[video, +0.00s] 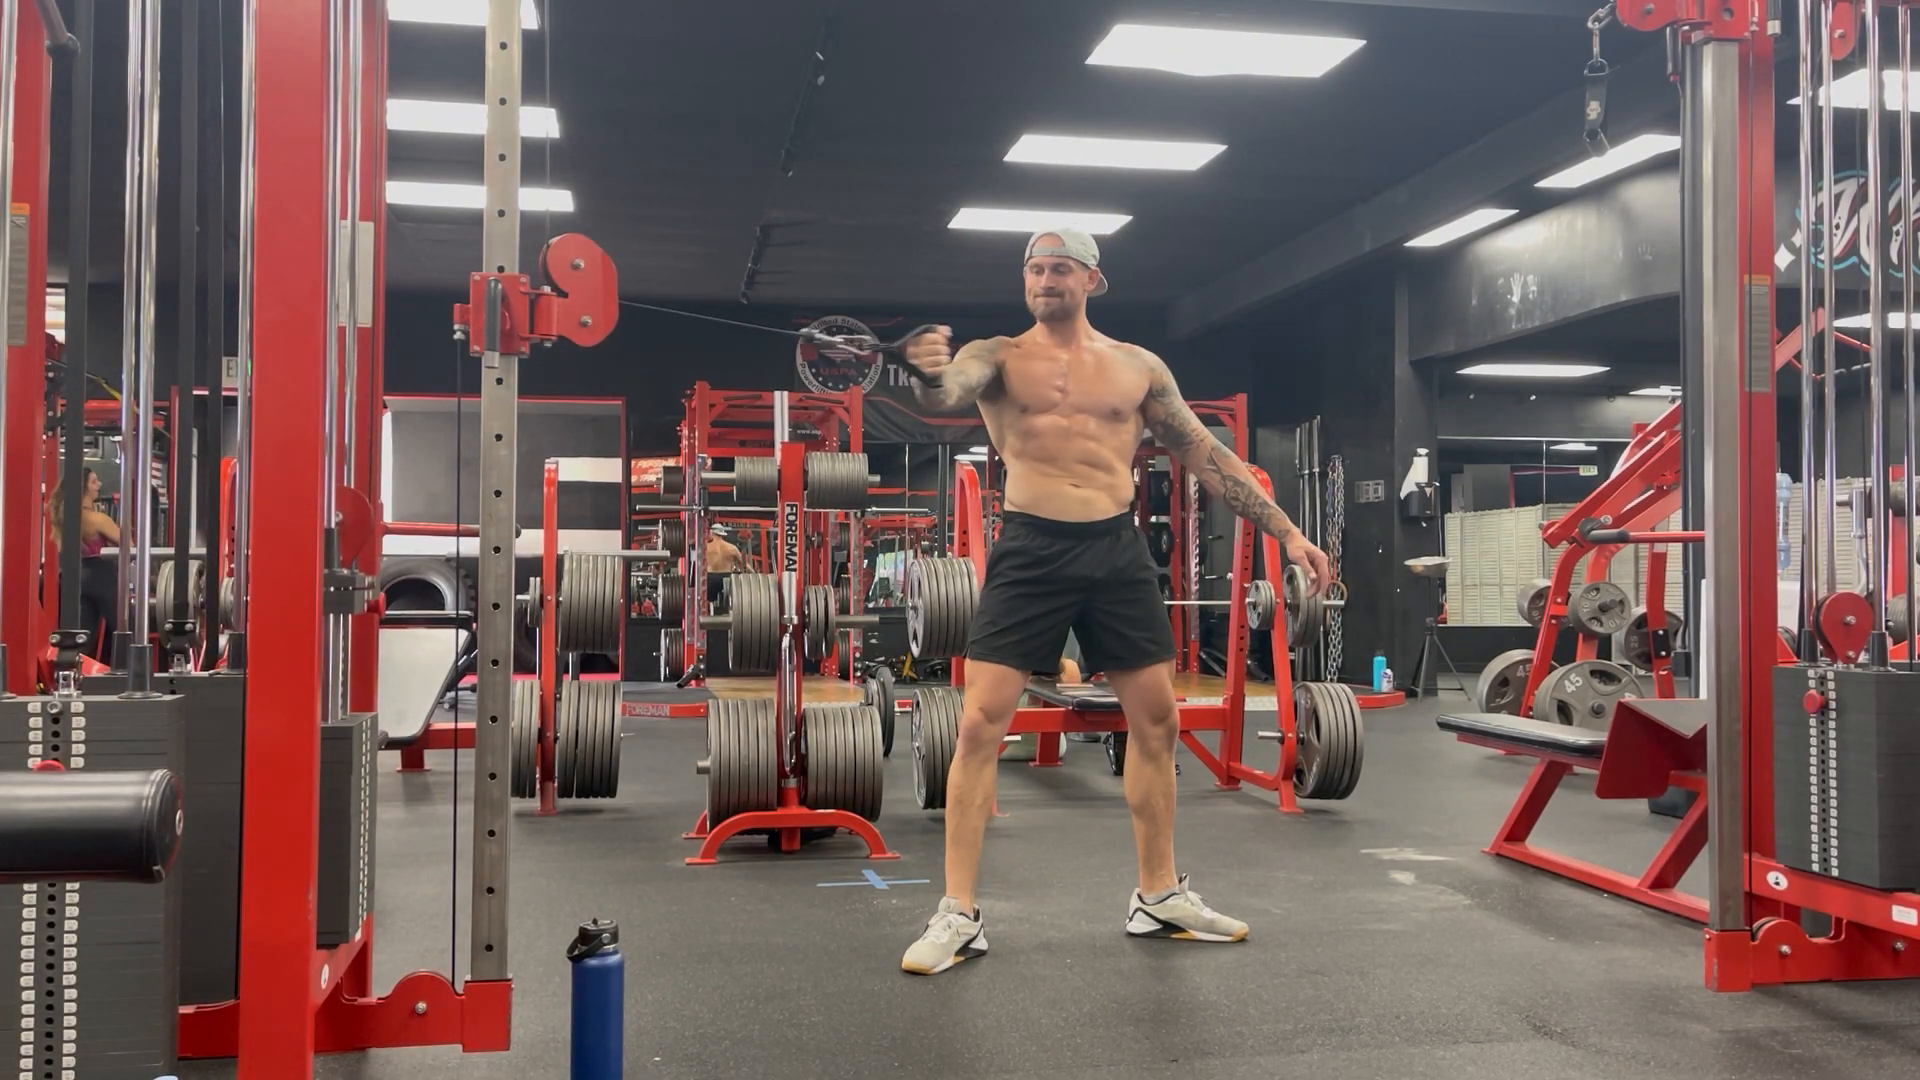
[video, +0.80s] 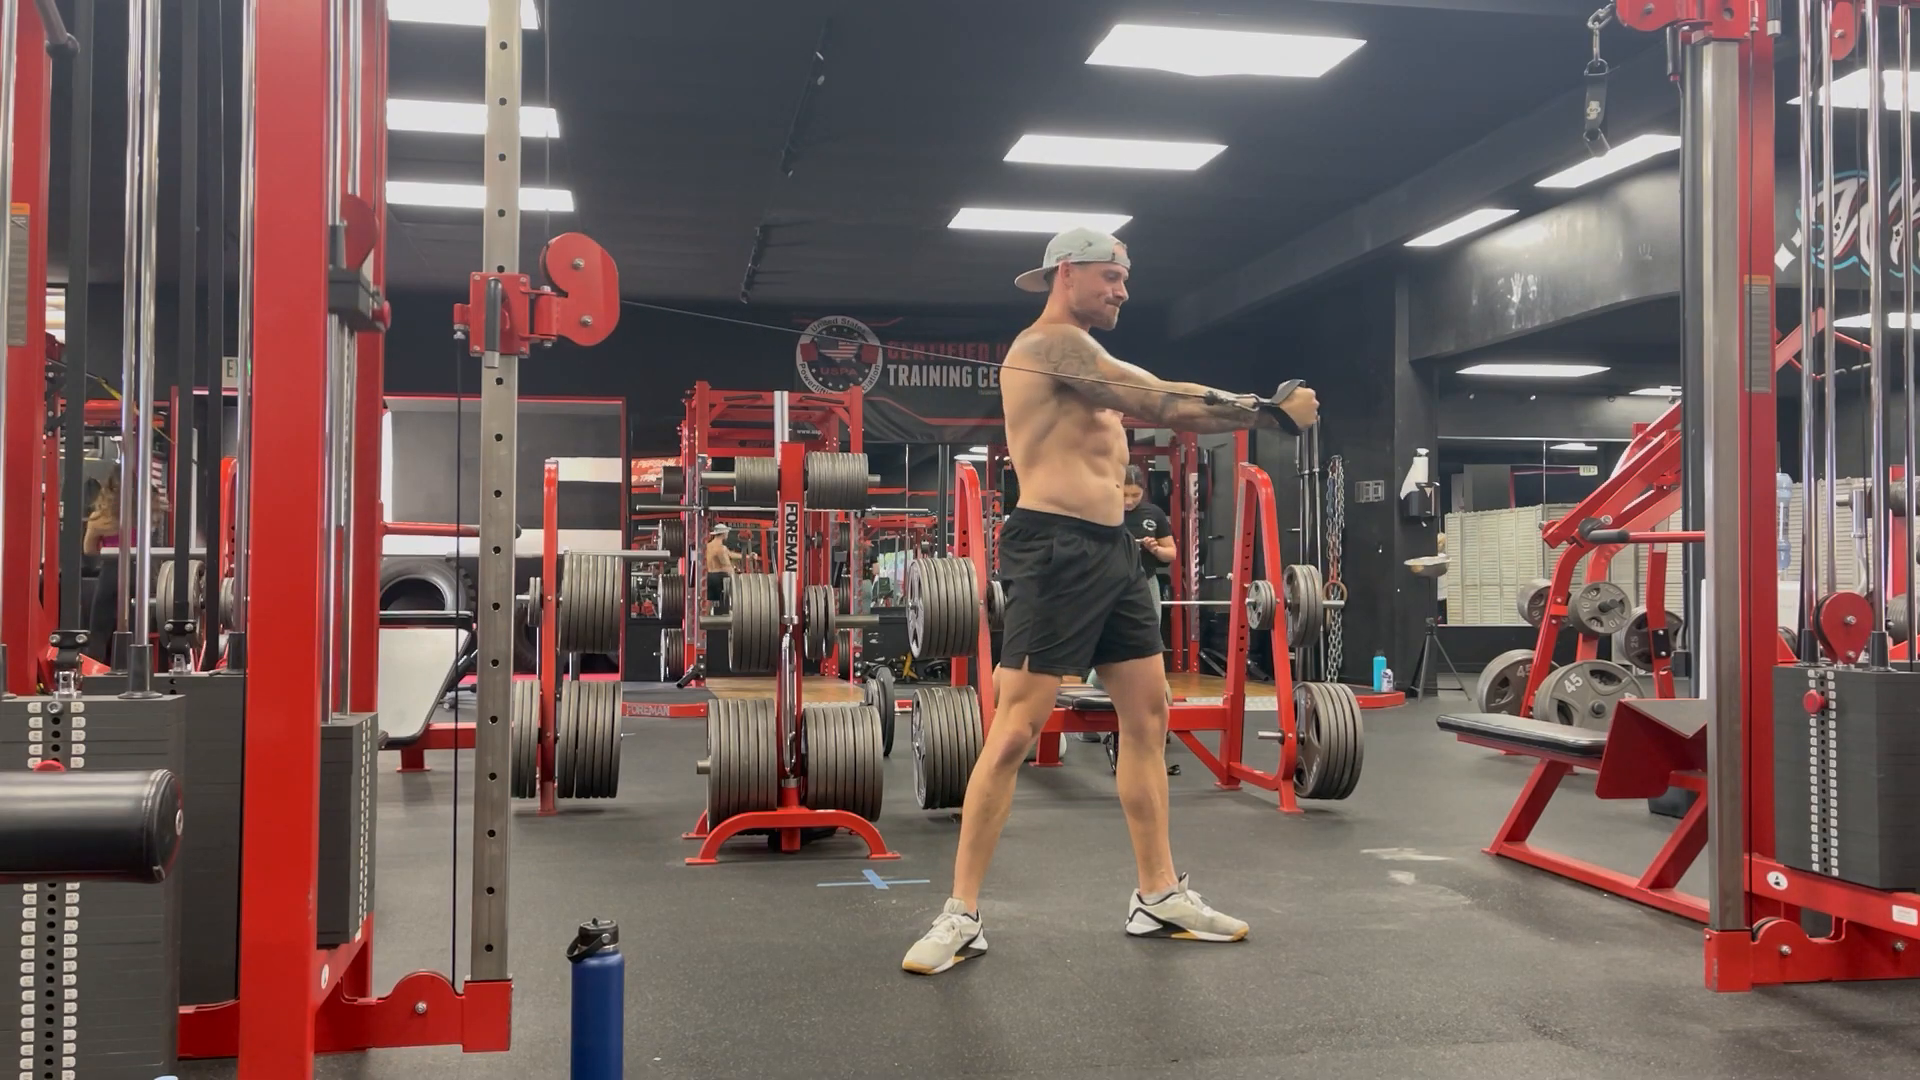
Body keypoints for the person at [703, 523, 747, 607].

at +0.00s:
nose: (709, 534)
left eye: (710, 532)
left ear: (712, 533)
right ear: (722, 535)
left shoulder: (706, 547)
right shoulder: (731, 548)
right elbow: (742, 563)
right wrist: (753, 573)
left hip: (711, 574)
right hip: (726, 574)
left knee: (708, 601)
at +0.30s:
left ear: (713, 533)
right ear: (724, 534)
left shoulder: (708, 546)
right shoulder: (729, 548)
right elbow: (739, 560)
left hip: (711, 573)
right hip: (725, 574)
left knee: (711, 601)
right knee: (724, 602)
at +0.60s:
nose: (727, 535)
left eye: (726, 533)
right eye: (726, 534)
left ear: (715, 534)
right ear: (724, 535)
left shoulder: (709, 545)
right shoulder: (724, 548)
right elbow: (733, 564)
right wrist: (740, 575)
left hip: (710, 573)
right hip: (722, 573)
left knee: (712, 600)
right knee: (723, 602)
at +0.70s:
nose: (727, 535)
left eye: (727, 533)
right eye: (726, 533)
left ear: (715, 534)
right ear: (723, 534)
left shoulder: (709, 545)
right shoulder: (722, 548)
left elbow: (728, 554)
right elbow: (730, 565)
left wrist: (743, 556)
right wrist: (736, 572)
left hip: (710, 572)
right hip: (720, 573)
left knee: (712, 599)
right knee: (722, 601)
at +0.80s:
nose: (727, 535)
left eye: (727, 533)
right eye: (726, 533)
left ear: (716, 534)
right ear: (723, 534)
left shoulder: (709, 545)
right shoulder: (721, 548)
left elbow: (730, 554)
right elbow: (726, 566)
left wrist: (746, 557)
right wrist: (733, 570)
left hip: (711, 573)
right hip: (721, 573)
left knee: (712, 600)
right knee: (722, 602)